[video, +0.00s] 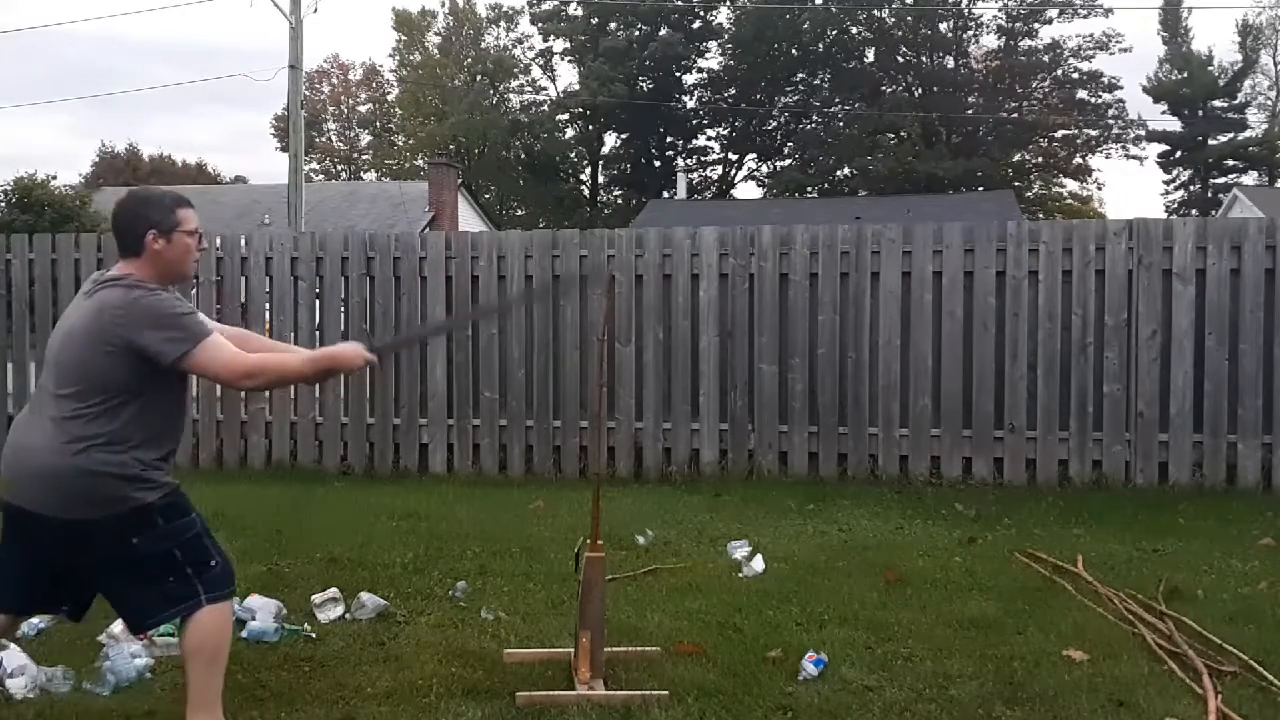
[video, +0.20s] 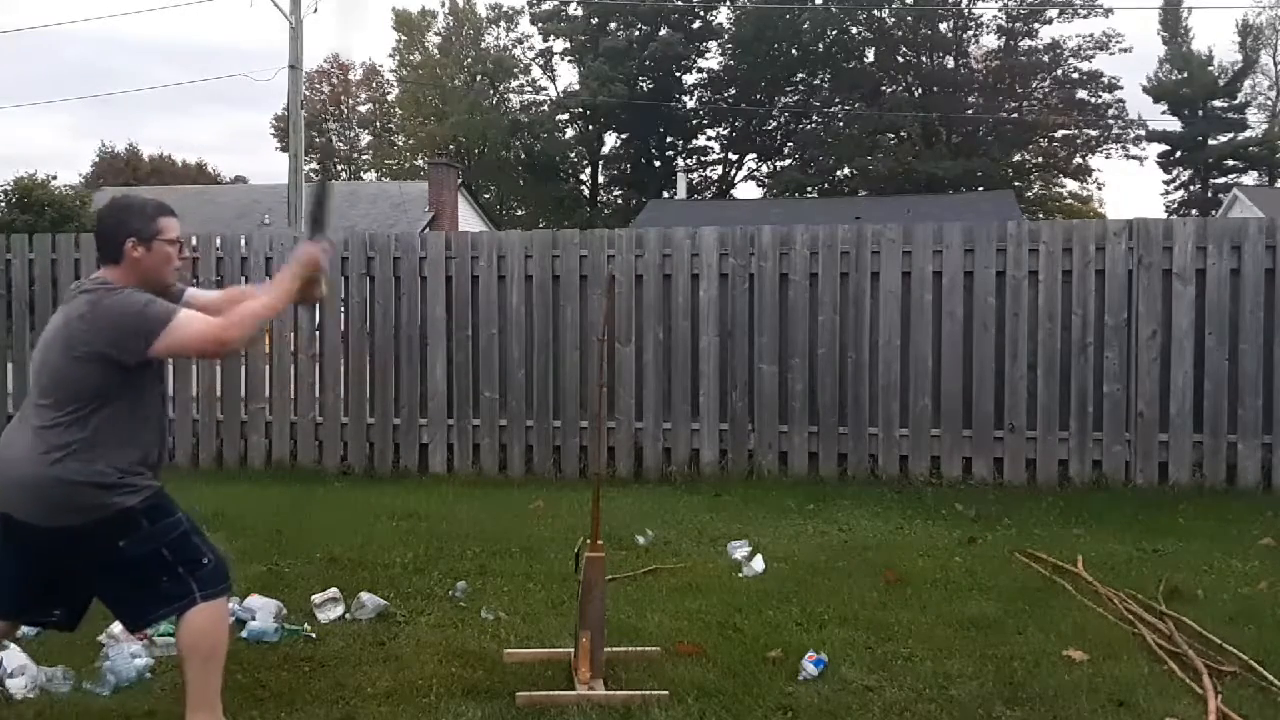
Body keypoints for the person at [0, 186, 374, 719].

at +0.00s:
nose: (201, 245)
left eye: (199, 234)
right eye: (191, 235)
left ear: (146, 243)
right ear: (153, 241)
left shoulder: (103, 290)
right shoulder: (149, 306)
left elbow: (227, 337)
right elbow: (239, 372)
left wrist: (313, 359)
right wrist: (326, 361)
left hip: (29, 481)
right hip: (112, 487)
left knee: (10, 602)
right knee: (209, 589)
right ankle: (204, 713)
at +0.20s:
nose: (182, 254)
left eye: (181, 243)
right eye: (172, 244)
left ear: (132, 251)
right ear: (134, 250)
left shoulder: (104, 294)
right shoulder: (120, 309)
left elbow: (218, 303)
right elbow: (218, 337)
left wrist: (290, 287)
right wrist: (288, 283)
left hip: (22, 488)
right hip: (95, 491)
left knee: (11, 605)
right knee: (205, 584)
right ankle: (205, 713)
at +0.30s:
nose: (176, 254)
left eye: (174, 243)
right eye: (166, 243)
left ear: (126, 250)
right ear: (128, 249)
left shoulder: (86, 294)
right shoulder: (110, 301)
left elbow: (201, 281)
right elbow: (213, 302)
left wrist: (267, 242)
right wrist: (258, 226)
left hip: (23, 485)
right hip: (96, 488)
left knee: (8, 609)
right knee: (204, 585)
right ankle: (205, 712)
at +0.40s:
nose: (171, 252)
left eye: (170, 240)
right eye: (160, 242)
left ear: (119, 247)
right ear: (121, 245)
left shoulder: (90, 295)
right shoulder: (94, 297)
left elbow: (198, 273)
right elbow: (188, 271)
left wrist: (235, 208)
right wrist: (210, 186)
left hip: (34, 487)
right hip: (99, 487)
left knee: (11, 611)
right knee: (204, 583)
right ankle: (205, 713)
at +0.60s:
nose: (159, 252)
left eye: (157, 242)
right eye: (148, 242)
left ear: (115, 245)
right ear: (113, 245)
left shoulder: (127, 299)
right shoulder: (68, 300)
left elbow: (192, 235)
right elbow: (132, 247)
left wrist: (177, 172)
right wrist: (129, 154)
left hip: (47, 485)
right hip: (93, 482)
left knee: (17, 613)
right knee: (204, 583)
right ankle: (205, 712)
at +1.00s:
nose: (164, 257)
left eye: (163, 246)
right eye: (154, 245)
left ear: (113, 254)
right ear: (112, 252)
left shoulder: (109, 300)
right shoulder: (82, 306)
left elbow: (198, 286)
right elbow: (188, 289)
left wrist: (205, 204)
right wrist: (175, 196)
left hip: (49, 492)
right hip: (110, 491)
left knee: (12, 614)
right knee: (217, 584)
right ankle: (207, 713)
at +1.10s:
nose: (170, 251)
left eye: (168, 239)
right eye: (159, 240)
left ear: (114, 247)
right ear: (117, 247)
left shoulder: (76, 289)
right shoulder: (115, 306)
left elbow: (200, 294)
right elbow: (225, 342)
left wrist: (277, 279)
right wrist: (269, 287)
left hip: (29, 486)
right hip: (112, 488)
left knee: (11, 604)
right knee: (210, 586)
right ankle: (207, 712)